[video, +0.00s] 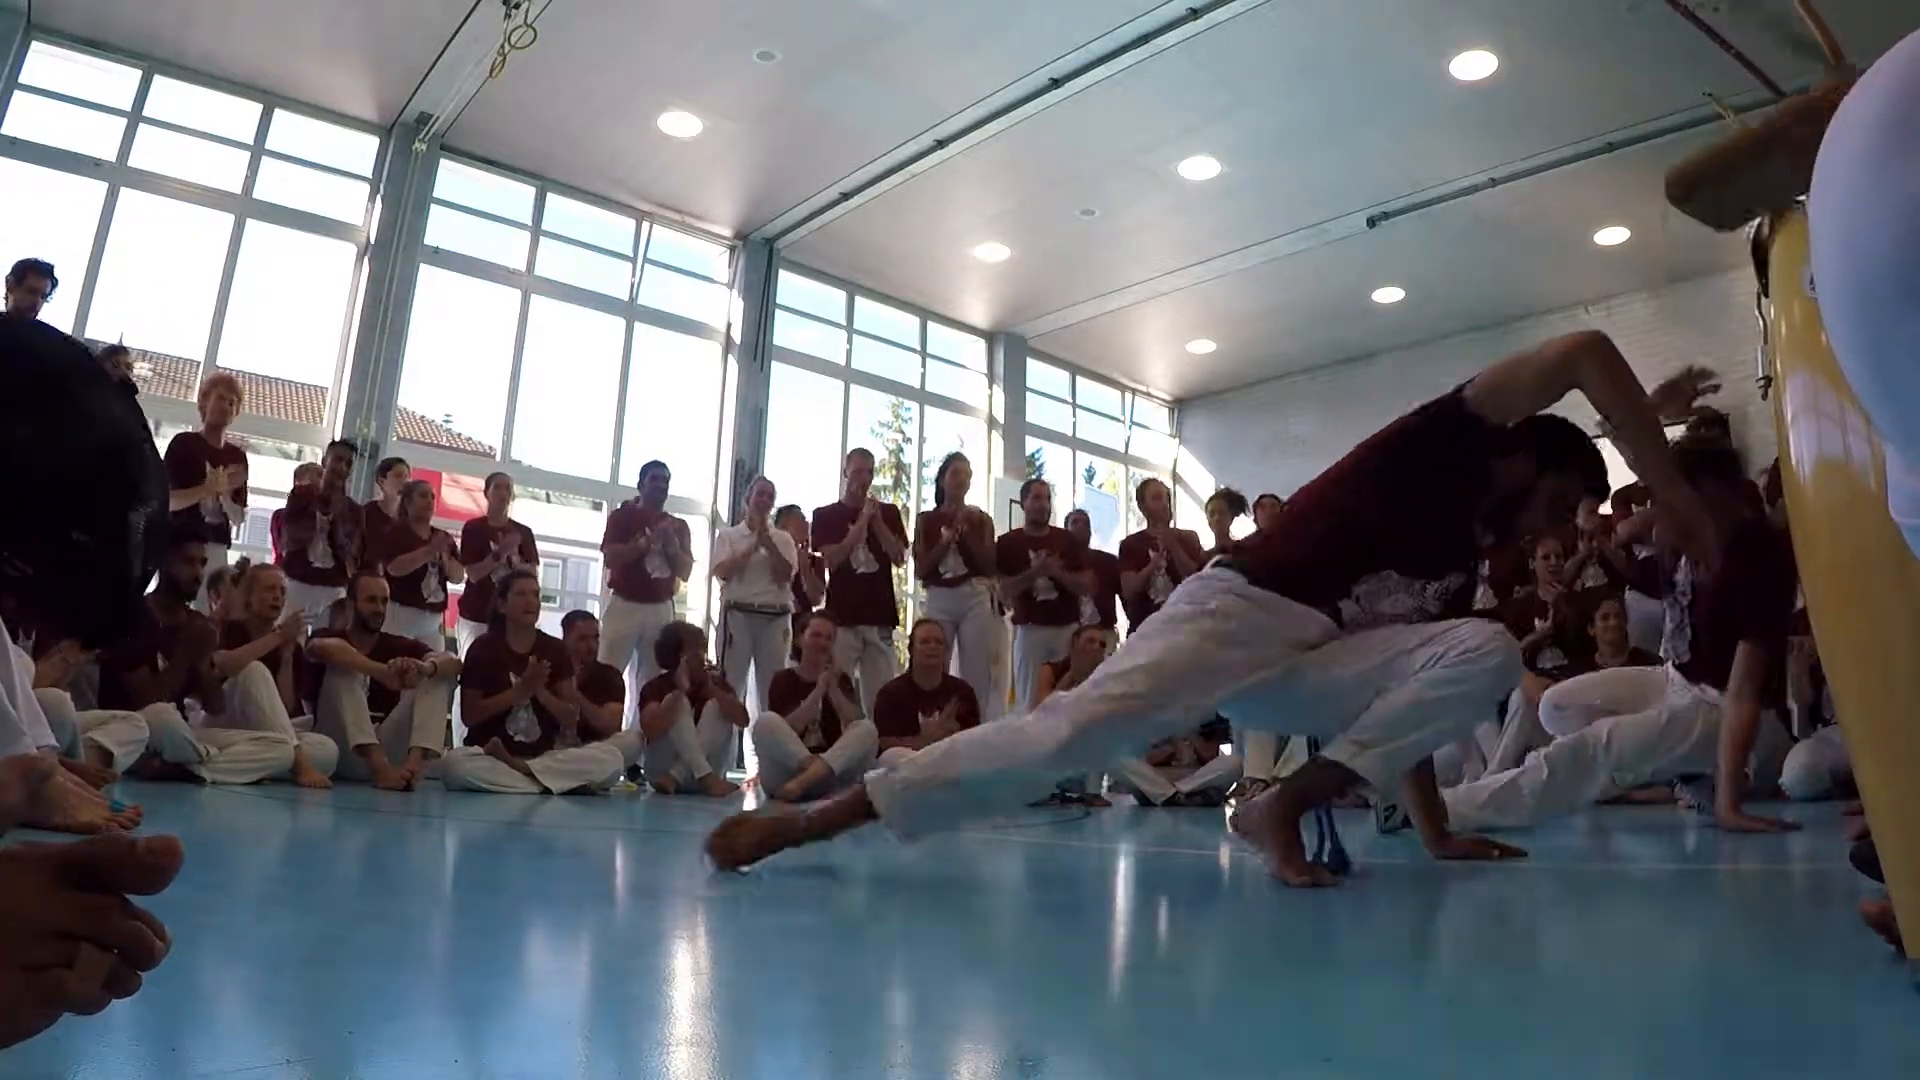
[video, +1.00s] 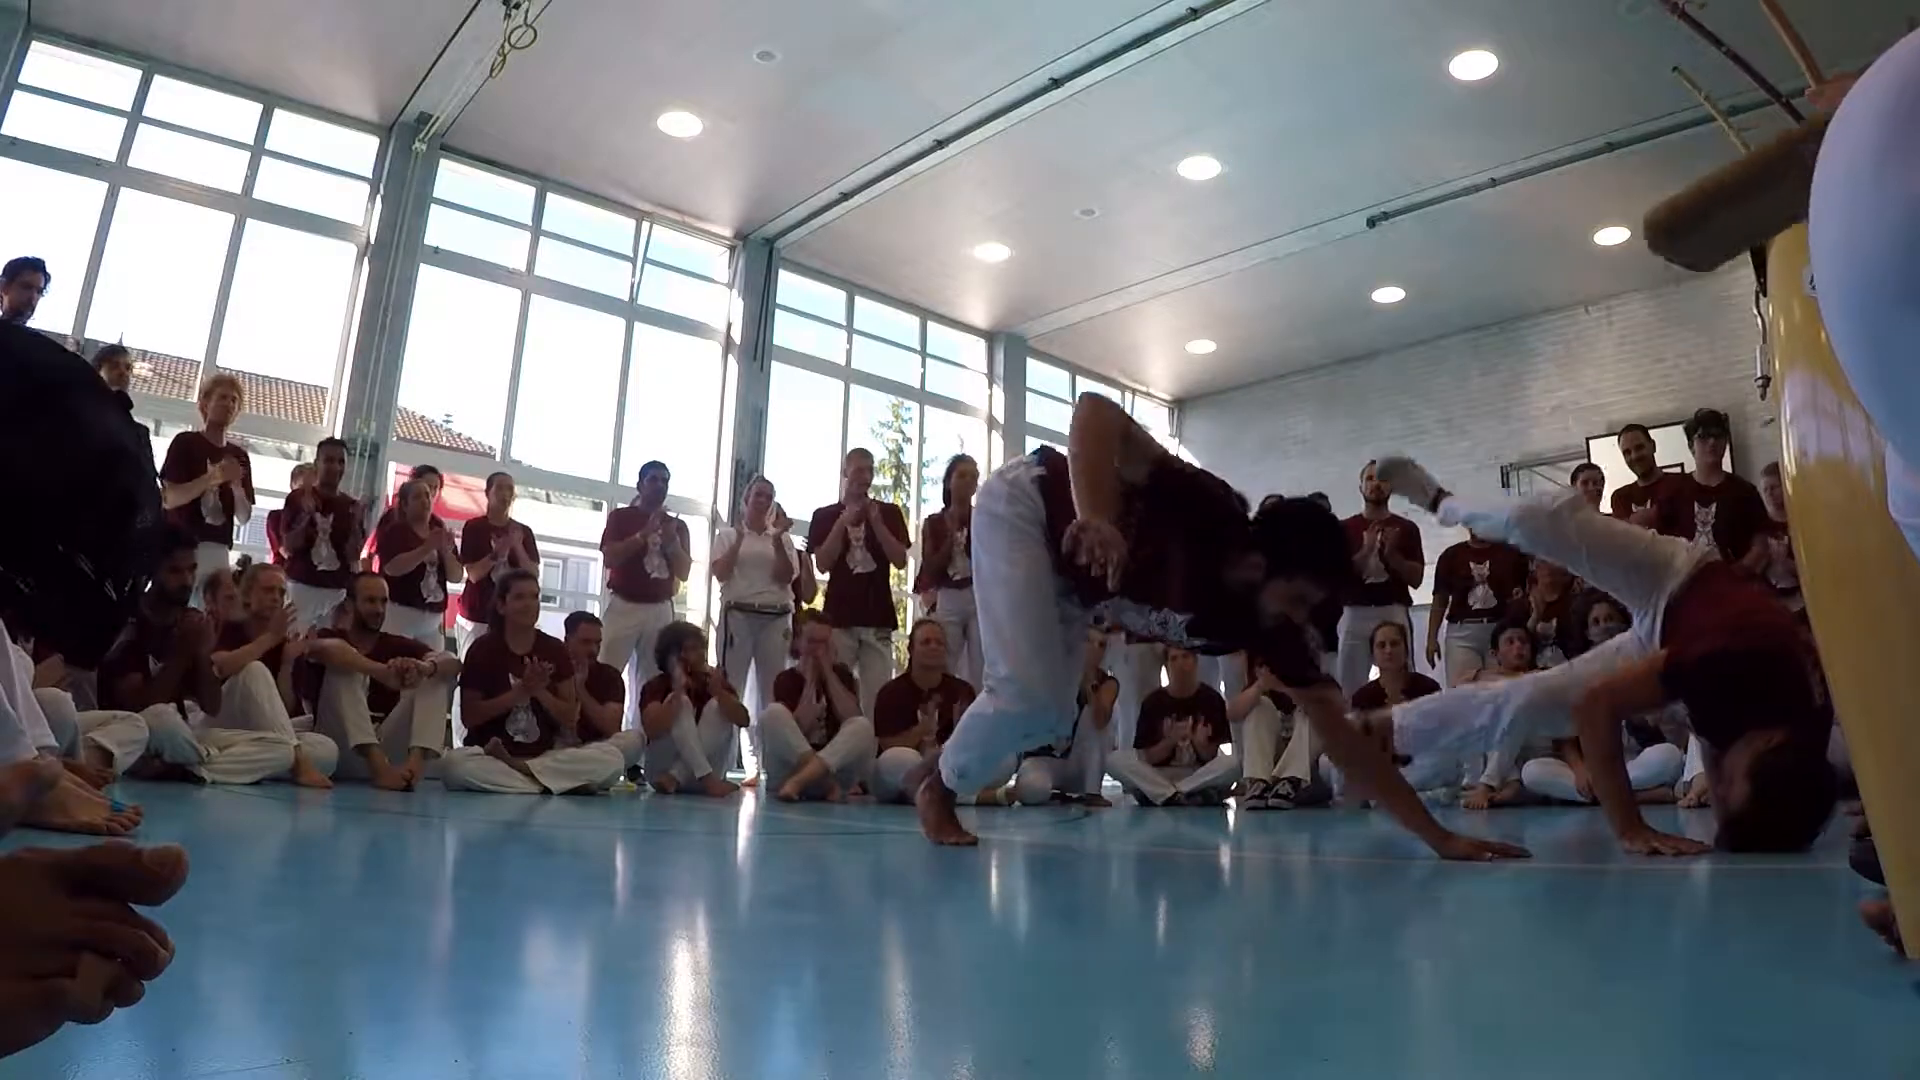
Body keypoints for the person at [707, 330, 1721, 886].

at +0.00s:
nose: (1543, 542)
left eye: (1558, 531)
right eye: (1551, 521)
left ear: (1542, 510)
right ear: (1529, 472)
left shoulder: (1472, 551)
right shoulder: (1469, 430)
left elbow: (1440, 686)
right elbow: (1585, 345)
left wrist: (1441, 828)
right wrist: (1676, 488)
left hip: (1334, 648)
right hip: (1251, 607)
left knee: (1486, 650)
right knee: (1066, 743)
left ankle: (1288, 804)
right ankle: (825, 814)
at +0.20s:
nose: (1529, 551)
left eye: (1544, 543)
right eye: (1539, 531)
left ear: (1518, 506)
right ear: (1516, 480)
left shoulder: (1442, 576)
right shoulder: (1436, 428)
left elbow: (1417, 697)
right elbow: (1584, 362)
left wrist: (1435, 834)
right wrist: (1658, 509)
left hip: (1287, 613)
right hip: (1197, 579)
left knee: (1428, 629)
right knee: (1096, 787)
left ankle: (1260, 820)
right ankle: (954, 778)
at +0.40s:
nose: (1466, 546)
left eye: (1481, 539)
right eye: (1473, 527)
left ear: (1454, 499)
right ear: (1447, 479)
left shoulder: (1393, 563)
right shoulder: (1366, 432)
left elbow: (1403, 696)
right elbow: (1469, 379)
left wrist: (1439, 837)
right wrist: (1577, 511)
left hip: (1227, 577)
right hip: (1152, 538)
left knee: (1330, 619)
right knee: (1119, 746)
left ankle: (1247, 827)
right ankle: (982, 772)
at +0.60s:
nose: (1409, 573)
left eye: (1416, 558)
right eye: (1408, 550)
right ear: (1370, 508)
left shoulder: (1335, 593)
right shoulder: (1300, 463)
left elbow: (1369, 711)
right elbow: (1293, 411)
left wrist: (1435, 836)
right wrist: (1362, 527)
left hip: (1167, 570)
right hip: (1094, 520)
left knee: (1264, 652)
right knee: (1064, 704)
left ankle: (1130, 801)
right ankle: (945, 777)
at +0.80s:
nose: (1326, 600)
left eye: (1341, 590)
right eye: (1325, 578)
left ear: (1343, 569)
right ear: (1294, 533)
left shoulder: (1291, 608)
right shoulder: (1238, 494)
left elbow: (1344, 723)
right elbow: (1180, 386)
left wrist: (1435, 835)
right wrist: (1184, 513)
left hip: (1114, 581)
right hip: (1049, 517)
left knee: (1127, 711)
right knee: (1044, 706)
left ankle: (1001, 762)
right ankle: (946, 780)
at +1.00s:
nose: (1306, 616)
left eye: (1316, 606)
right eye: (1304, 599)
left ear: (1293, 576)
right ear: (1271, 561)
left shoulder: (1270, 622)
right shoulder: (1207, 507)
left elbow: (1342, 732)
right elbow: (1095, 414)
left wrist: (1437, 837)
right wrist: (1096, 511)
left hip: (1072, 573)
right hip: (1028, 501)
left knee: (1051, 710)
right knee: (1030, 695)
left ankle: (953, 775)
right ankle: (939, 784)